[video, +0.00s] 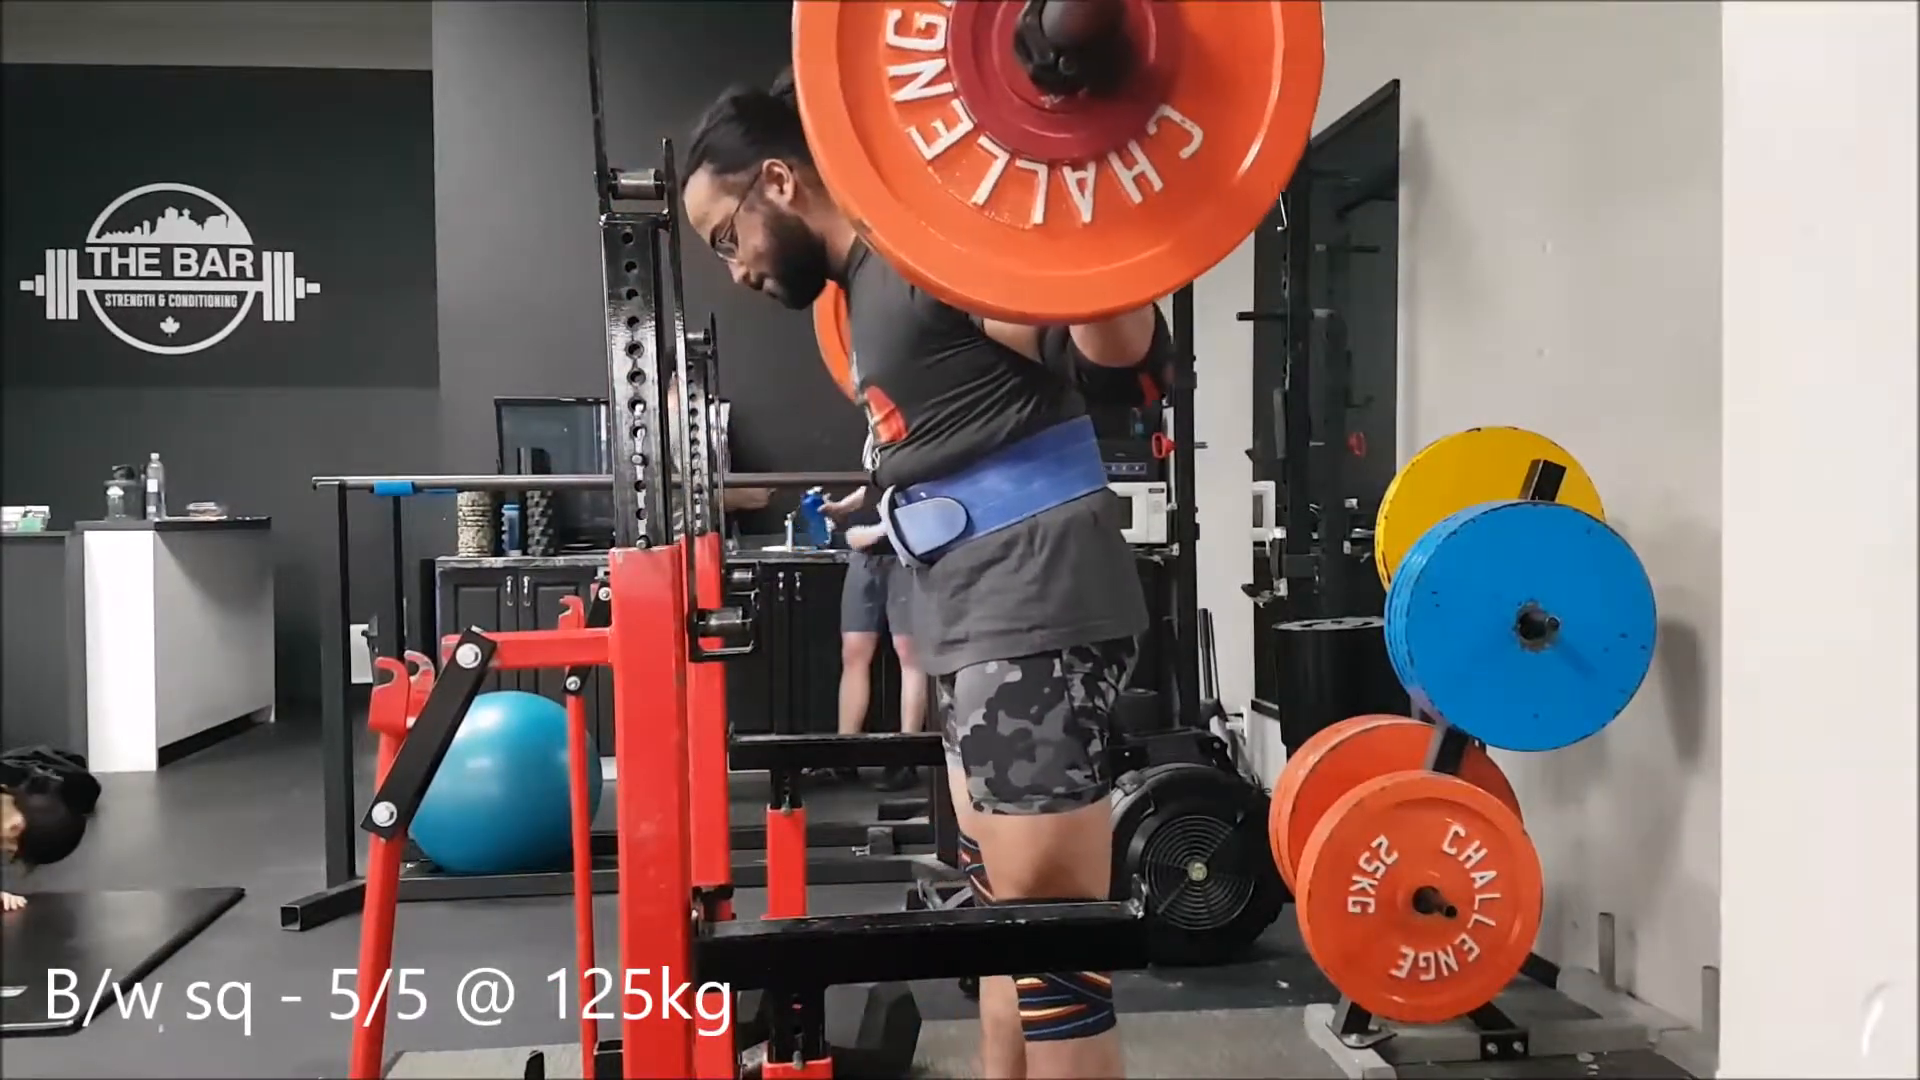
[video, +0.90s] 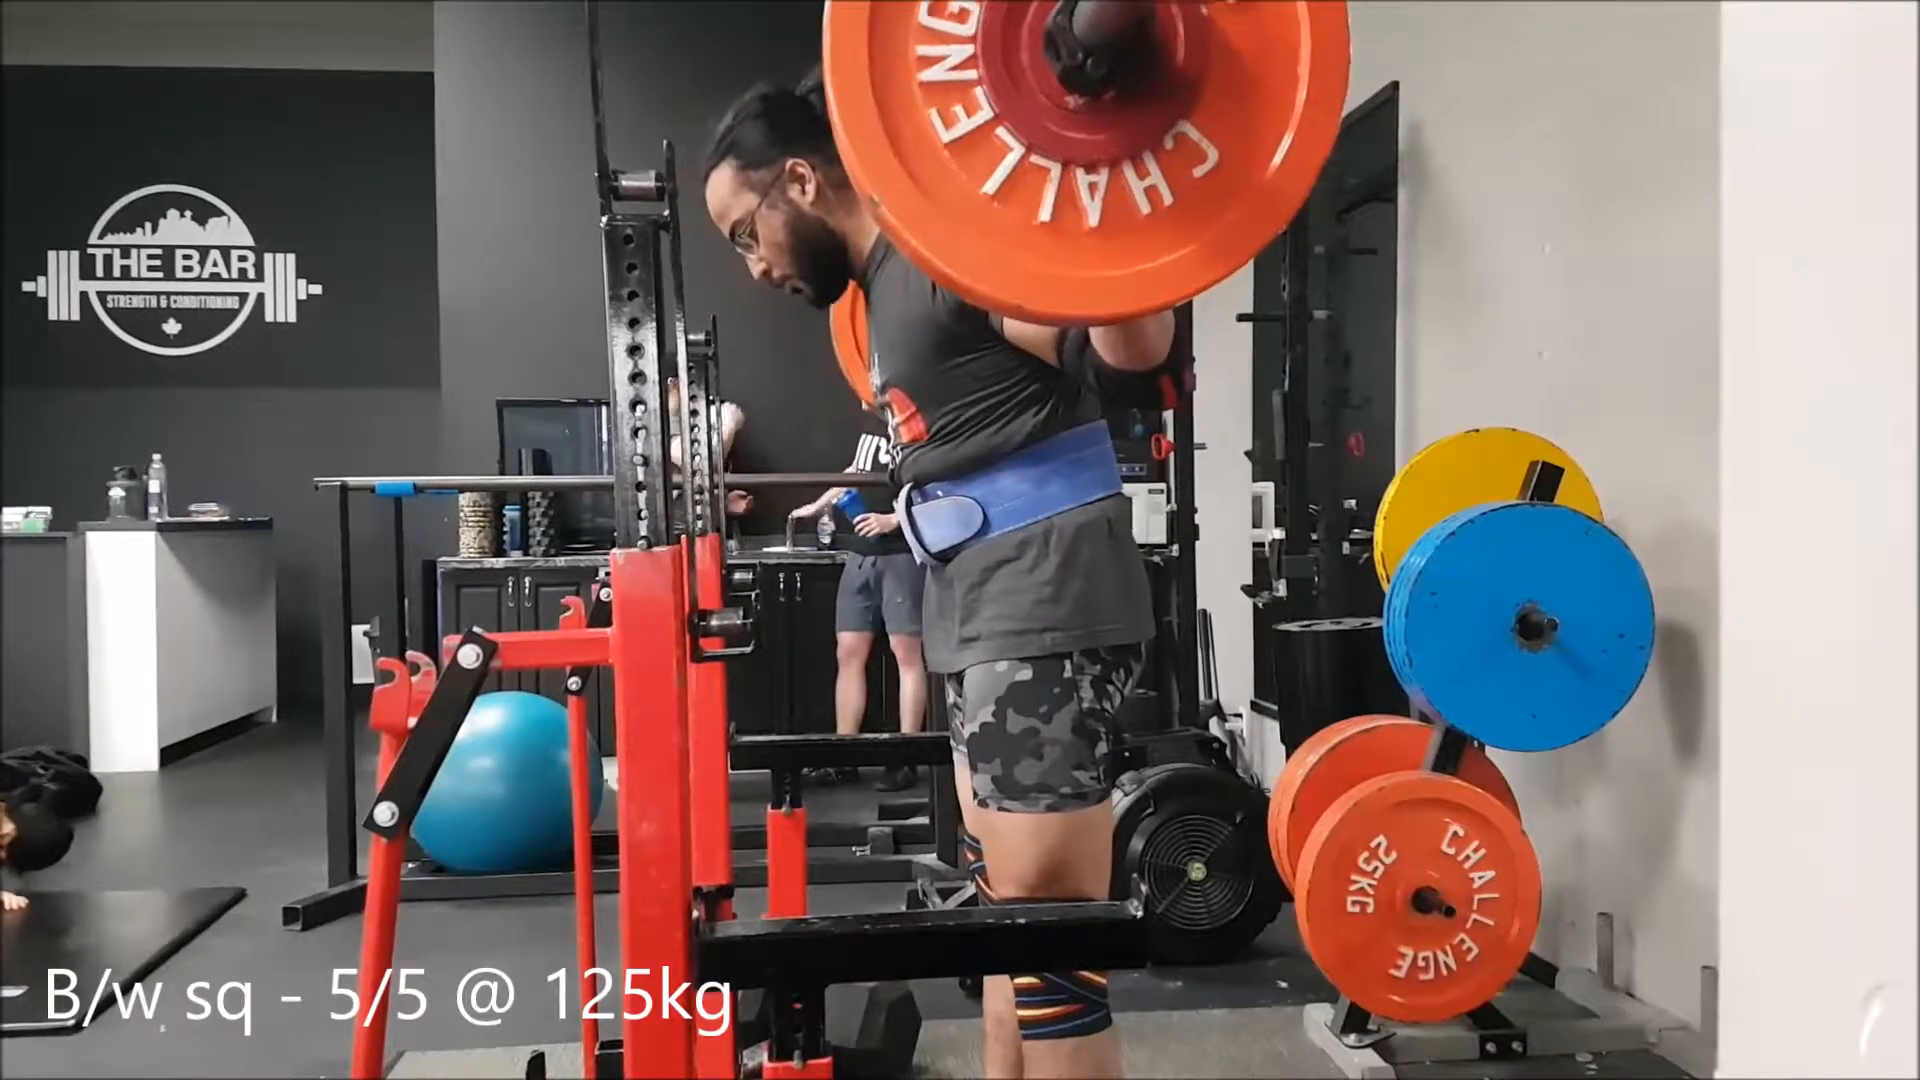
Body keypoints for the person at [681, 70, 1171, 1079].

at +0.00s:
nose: (734, 268)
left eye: (726, 235)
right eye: (716, 249)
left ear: (782, 180)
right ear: (778, 185)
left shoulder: (925, 236)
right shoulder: (862, 283)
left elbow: (1121, 338)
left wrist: (1105, 165)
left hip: (1038, 603)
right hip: (971, 611)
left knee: (1051, 948)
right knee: (1001, 935)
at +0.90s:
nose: (754, 262)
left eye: (747, 229)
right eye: (737, 242)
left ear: (805, 178)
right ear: (800, 185)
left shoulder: (941, 231)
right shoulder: (881, 281)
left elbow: (1130, 343)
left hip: (1048, 586)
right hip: (980, 594)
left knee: (1049, 936)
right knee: (1004, 926)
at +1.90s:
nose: (754, 247)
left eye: (750, 213)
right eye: (739, 229)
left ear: (806, 159)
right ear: (800, 169)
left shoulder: (931, 237)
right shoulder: (861, 289)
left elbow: (1120, 365)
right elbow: (943, 454)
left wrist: (1136, 190)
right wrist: (858, 512)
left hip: (1042, 572)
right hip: (972, 583)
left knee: (1029, 928)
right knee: (988, 912)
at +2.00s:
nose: (752, 254)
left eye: (748, 220)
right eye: (737, 236)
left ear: (804, 164)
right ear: (799, 175)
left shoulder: (930, 241)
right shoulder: (862, 293)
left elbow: (1119, 371)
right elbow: (934, 456)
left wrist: (1134, 203)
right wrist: (834, 512)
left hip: (1046, 577)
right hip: (972, 592)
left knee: (1002, 931)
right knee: (969, 902)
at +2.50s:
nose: (740, 449)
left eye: (730, 416)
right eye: (724, 429)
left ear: (781, 364)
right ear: (783, 368)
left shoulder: (918, 411)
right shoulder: (855, 444)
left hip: (1126, 721)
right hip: (1023, 723)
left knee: (938, 1005)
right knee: (905, 868)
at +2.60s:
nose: (733, 508)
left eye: (726, 478)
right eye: (719, 490)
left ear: (775, 430)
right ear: (770, 436)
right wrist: (773, 692)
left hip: (1136, 756)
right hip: (1040, 742)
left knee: (924, 1014)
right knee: (897, 870)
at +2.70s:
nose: (733, 568)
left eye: (724, 536)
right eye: (716, 545)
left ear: (771, 487)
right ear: (769, 490)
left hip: (1149, 797)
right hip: (1051, 774)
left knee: (927, 999)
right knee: (888, 872)